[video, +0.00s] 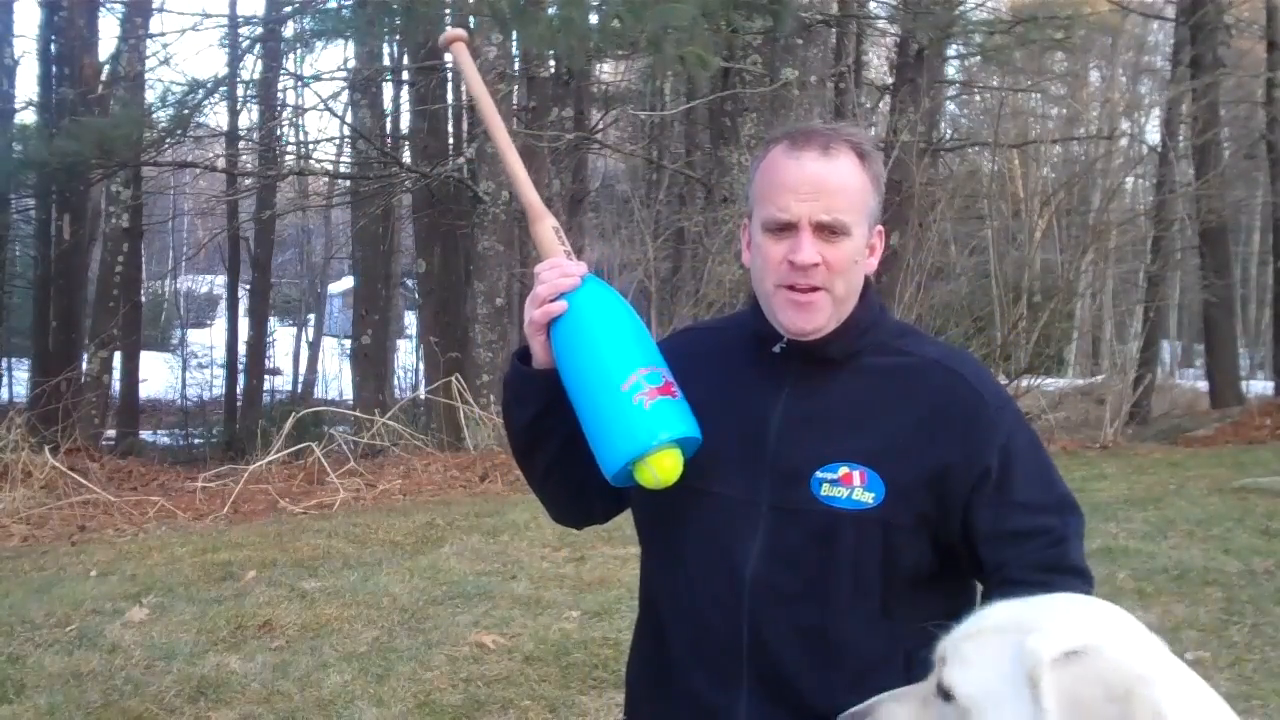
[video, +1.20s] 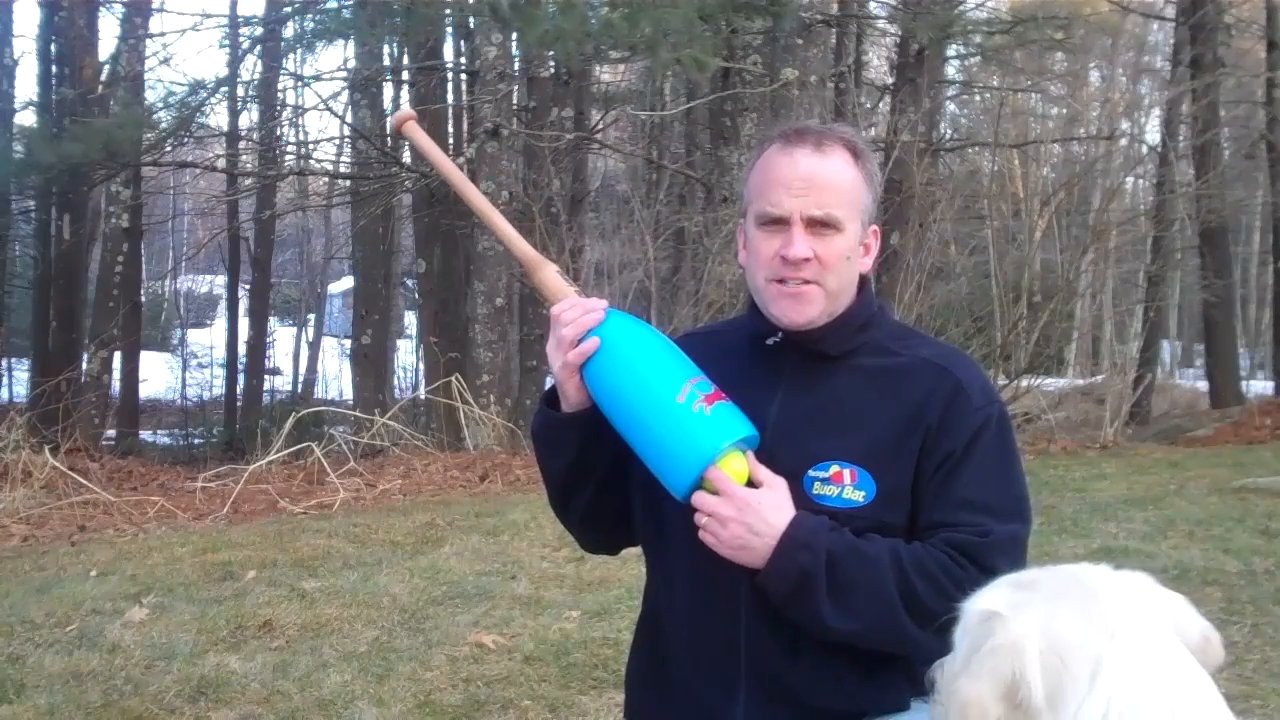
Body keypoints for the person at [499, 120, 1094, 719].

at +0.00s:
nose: (803, 256)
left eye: (831, 231)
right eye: (780, 229)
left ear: (873, 249)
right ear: (747, 242)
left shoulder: (953, 402)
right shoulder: (679, 370)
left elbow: (1047, 586)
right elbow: (579, 497)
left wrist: (980, 708)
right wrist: (542, 368)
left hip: (868, 713)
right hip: (678, 707)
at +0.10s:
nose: (804, 255)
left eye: (830, 229)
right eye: (781, 228)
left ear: (873, 248)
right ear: (747, 243)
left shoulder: (951, 399)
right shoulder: (680, 369)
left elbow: (1027, 582)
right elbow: (585, 507)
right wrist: (550, 376)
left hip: (853, 716)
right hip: (677, 706)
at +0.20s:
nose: (806, 253)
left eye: (832, 229)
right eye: (784, 228)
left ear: (875, 248)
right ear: (749, 242)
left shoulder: (948, 398)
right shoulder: (678, 369)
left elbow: (1009, 590)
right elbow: (594, 517)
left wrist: (826, 599)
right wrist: (566, 397)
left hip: (860, 708)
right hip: (681, 706)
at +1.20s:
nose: (794, 249)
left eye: (821, 225)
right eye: (773, 223)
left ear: (867, 248)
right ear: (742, 239)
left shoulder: (948, 395)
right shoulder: (676, 368)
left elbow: (977, 587)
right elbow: (605, 528)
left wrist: (794, 548)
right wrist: (572, 411)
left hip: (861, 706)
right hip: (680, 703)